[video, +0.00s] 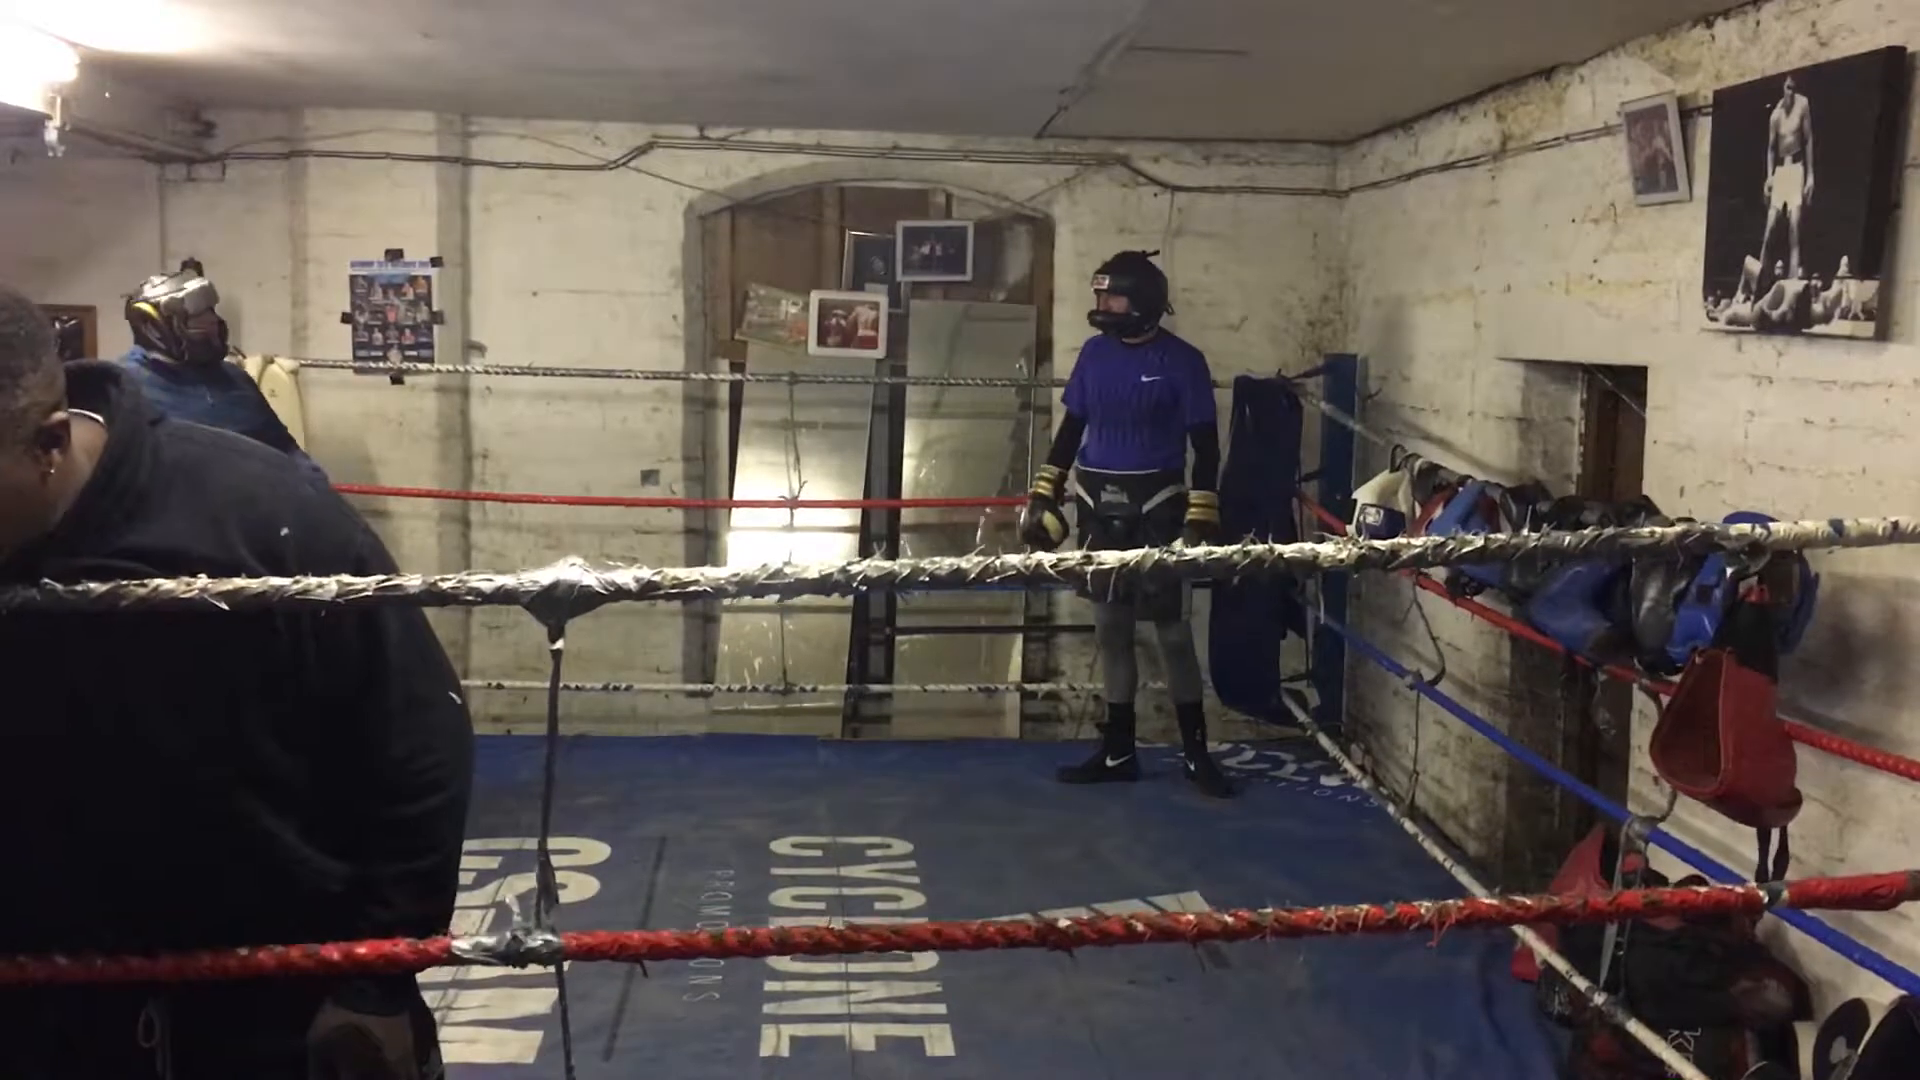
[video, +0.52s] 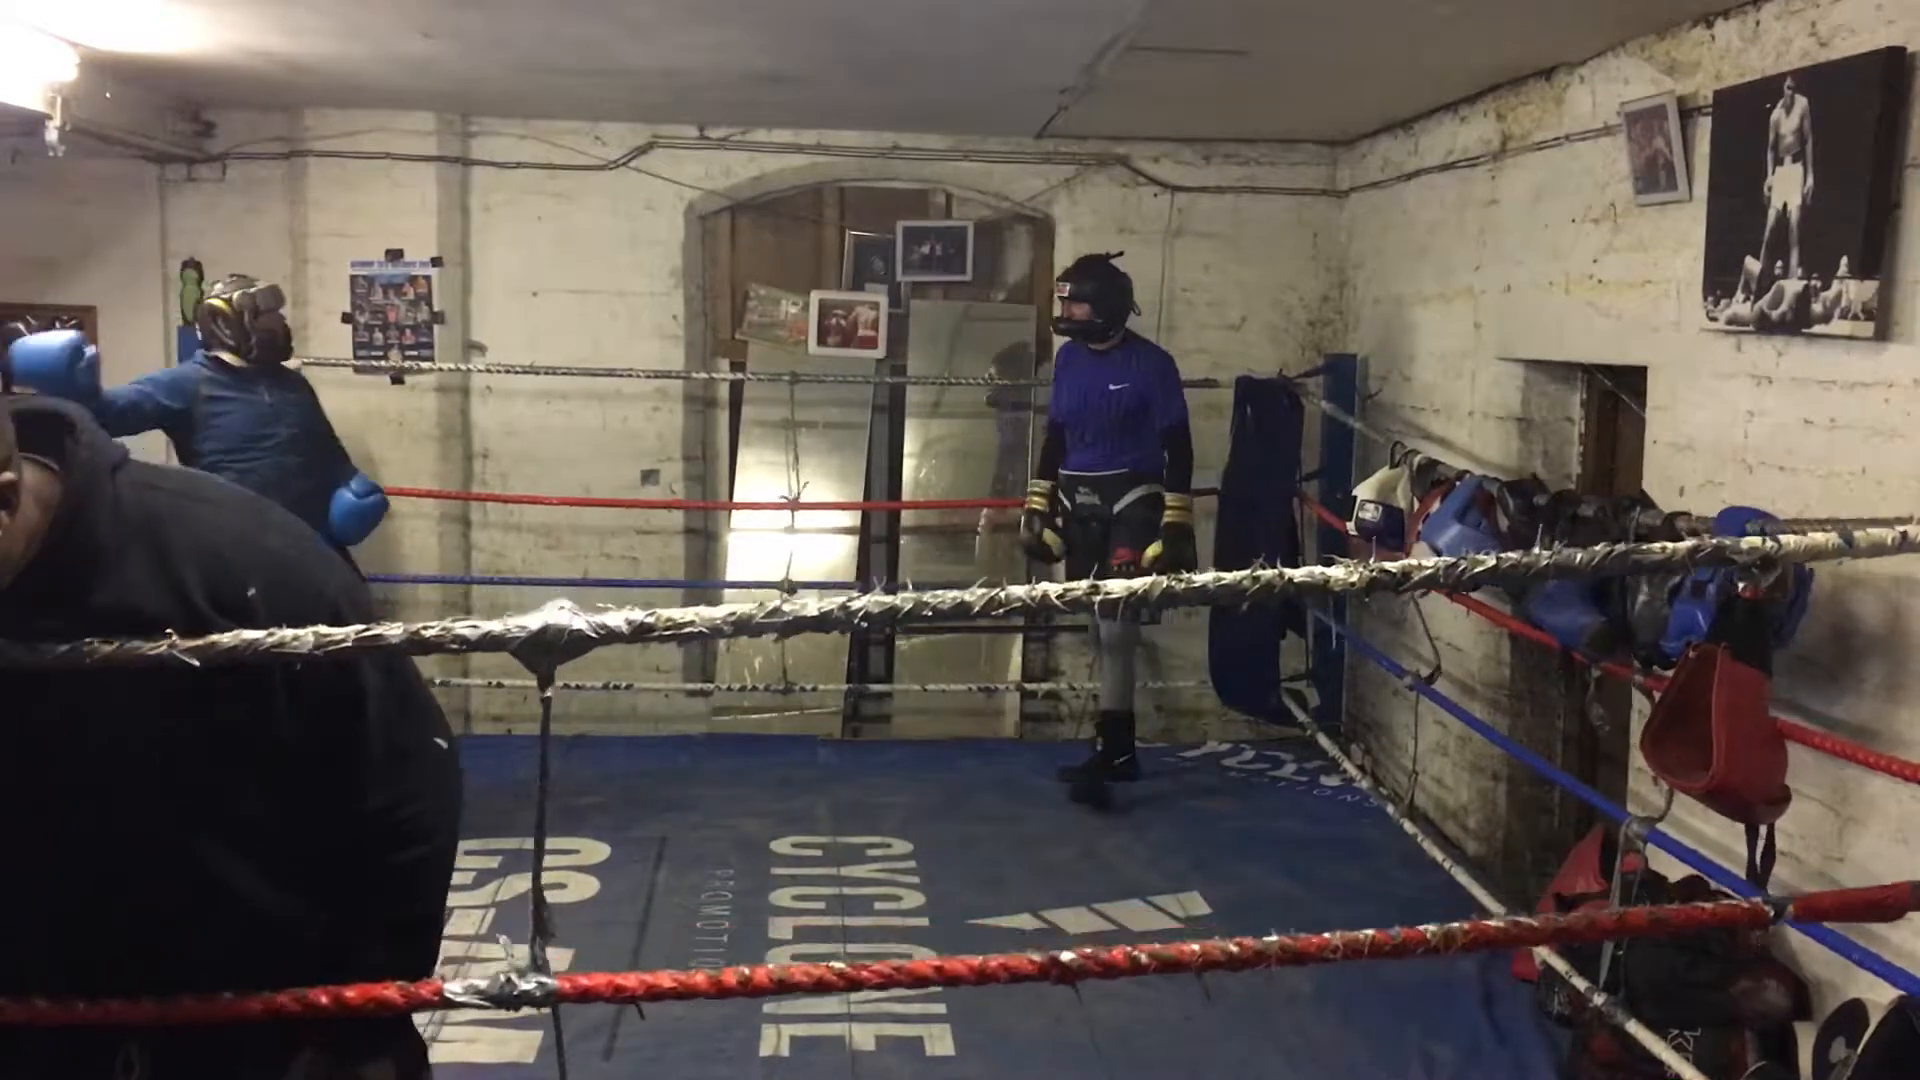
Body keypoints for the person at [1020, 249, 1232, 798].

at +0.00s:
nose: (1099, 301)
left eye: (1110, 293)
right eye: (1099, 292)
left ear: (1141, 299)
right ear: (1105, 298)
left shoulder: (1182, 360)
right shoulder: (1094, 353)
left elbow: (1205, 444)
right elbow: (1070, 428)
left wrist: (1201, 516)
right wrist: (1044, 494)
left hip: (1160, 508)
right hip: (1100, 506)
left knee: (1172, 634)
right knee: (1111, 632)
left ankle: (1197, 754)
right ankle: (1117, 752)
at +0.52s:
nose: (1067, 312)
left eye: (1078, 303)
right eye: (1064, 302)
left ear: (1109, 307)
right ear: (1065, 306)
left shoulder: (1152, 363)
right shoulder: (1068, 360)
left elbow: (1179, 448)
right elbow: (1055, 436)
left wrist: (1176, 526)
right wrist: (1038, 503)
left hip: (1134, 504)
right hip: (1080, 505)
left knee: (1116, 627)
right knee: (1101, 628)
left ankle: (1110, 754)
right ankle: (1118, 747)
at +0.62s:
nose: (1067, 313)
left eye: (1077, 304)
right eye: (1065, 302)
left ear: (1108, 308)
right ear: (1068, 305)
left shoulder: (1149, 366)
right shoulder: (1070, 360)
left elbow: (1175, 451)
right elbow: (1054, 434)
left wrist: (1170, 528)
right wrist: (1035, 502)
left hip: (1129, 505)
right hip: (1076, 503)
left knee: (1109, 630)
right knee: (1097, 630)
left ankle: (1099, 762)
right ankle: (1119, 749)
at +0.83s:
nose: (1070, 308)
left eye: (1081, 300)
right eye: (1070, 298)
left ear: (1111, 308)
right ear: (1079, 304)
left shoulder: (1149, 371)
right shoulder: (1073, 356)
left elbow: (1168, 457)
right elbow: (1056, 422)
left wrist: (1158, 532)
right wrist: (1029, 488)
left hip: (1119, 504)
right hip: (1067, 502)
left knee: (1109, 631)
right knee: (1076, 634)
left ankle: (1100, 763)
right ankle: (1115, 743)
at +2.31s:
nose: (975, 298)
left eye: (986, 288)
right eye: (971, 288)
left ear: (1014, 295)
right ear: (971, 296)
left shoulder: (1044, 359)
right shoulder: (970, 356)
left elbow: (1058, 446)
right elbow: (959, 431)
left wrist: (1036, 515)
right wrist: (933, 500)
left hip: (1021, 510)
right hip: (969, 507)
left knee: (1038, 636)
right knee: (991, 637)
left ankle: (1082, 769)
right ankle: (1015, 759)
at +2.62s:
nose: (943, 301)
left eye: (955, 291)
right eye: (937, 291)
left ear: (982, 296)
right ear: (931, 296)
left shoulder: (1019, 356)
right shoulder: (938, 356)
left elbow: (1049, 439)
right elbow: (928, 430)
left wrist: (1036, 507)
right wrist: (907, 496)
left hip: (1006, 499)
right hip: (951, 500)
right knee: (955, 620)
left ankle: (1015, 749)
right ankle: (1013, 754)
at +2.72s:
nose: (926, 306)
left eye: (937, 296)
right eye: (920, 296)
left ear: (967, 299)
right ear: (916, 300)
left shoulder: (1005, 358)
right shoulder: (930, 360)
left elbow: (1045, 437)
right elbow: (925, 432)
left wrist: (1039, 510)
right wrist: (903, 497)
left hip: (994, 498)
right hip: (940, 500)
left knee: (983, 620)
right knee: (934, 623)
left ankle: (1018, 753)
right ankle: (987, 735)